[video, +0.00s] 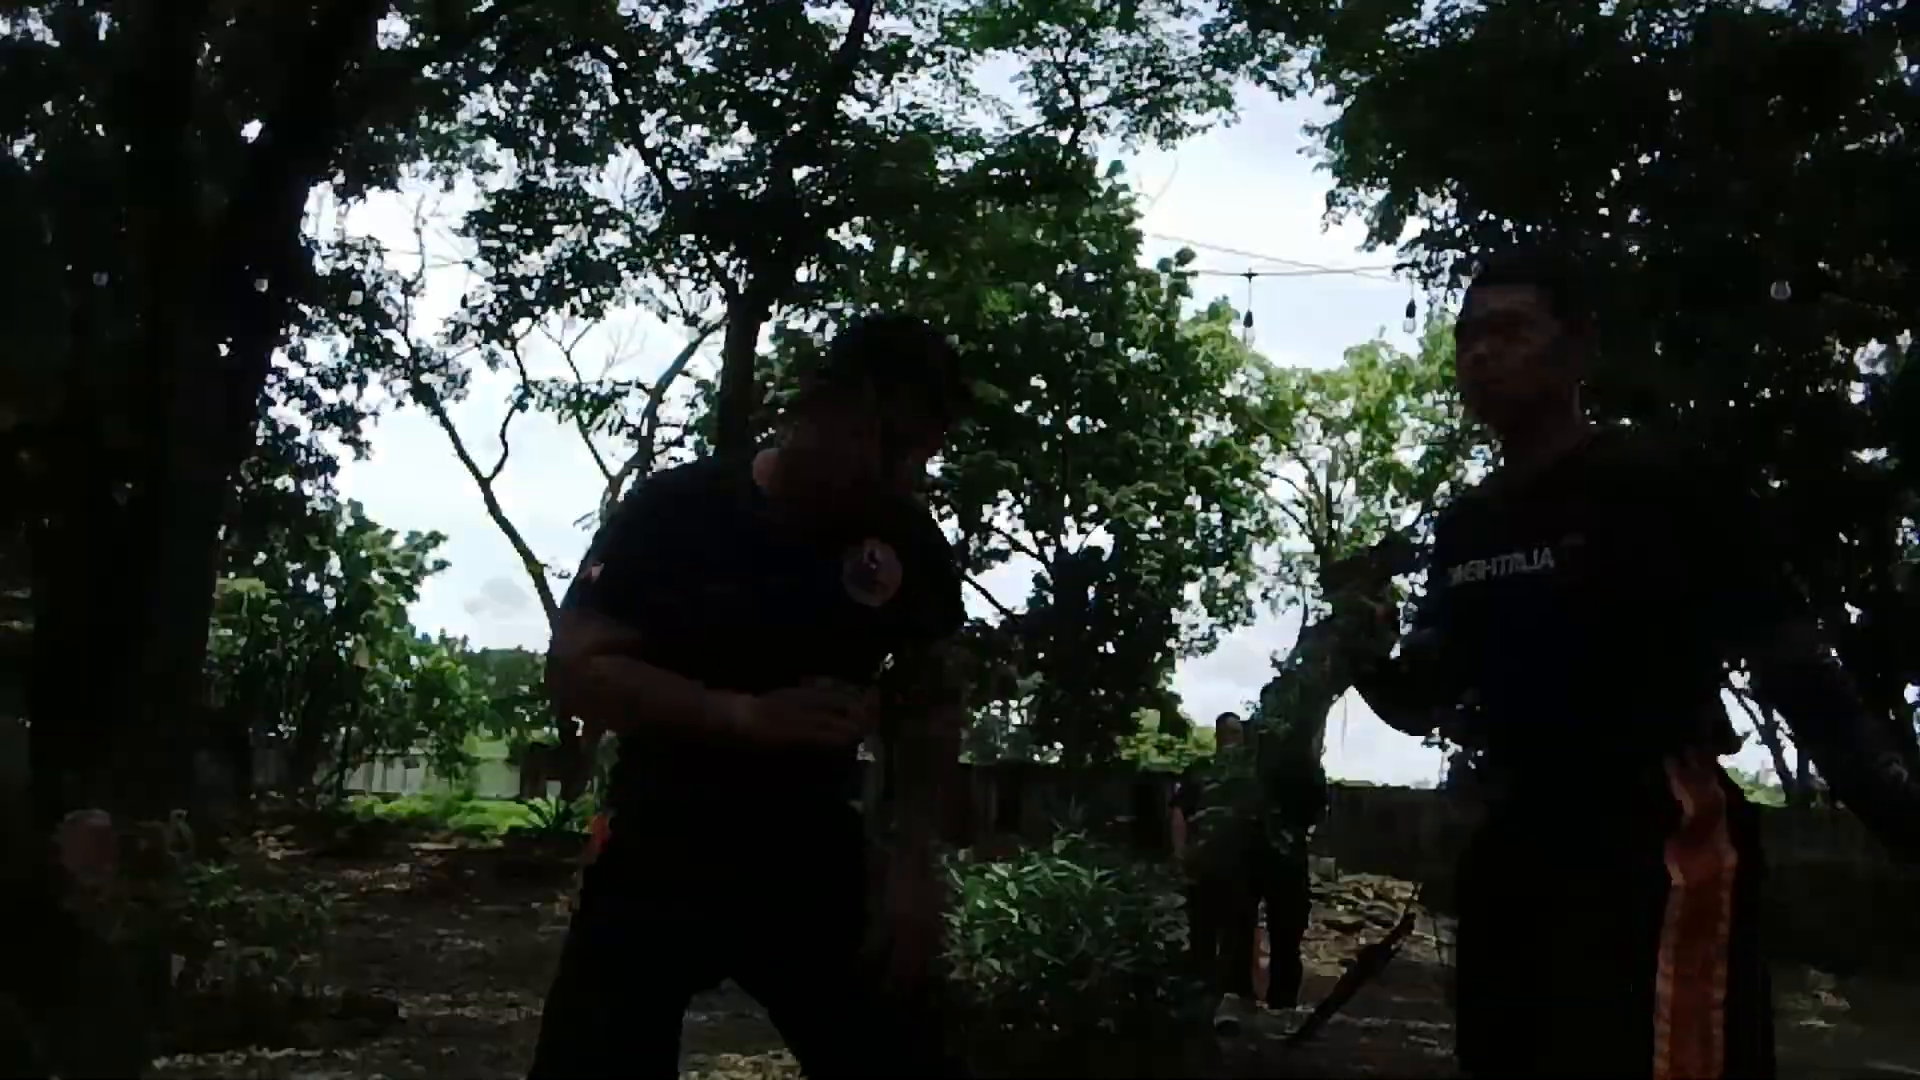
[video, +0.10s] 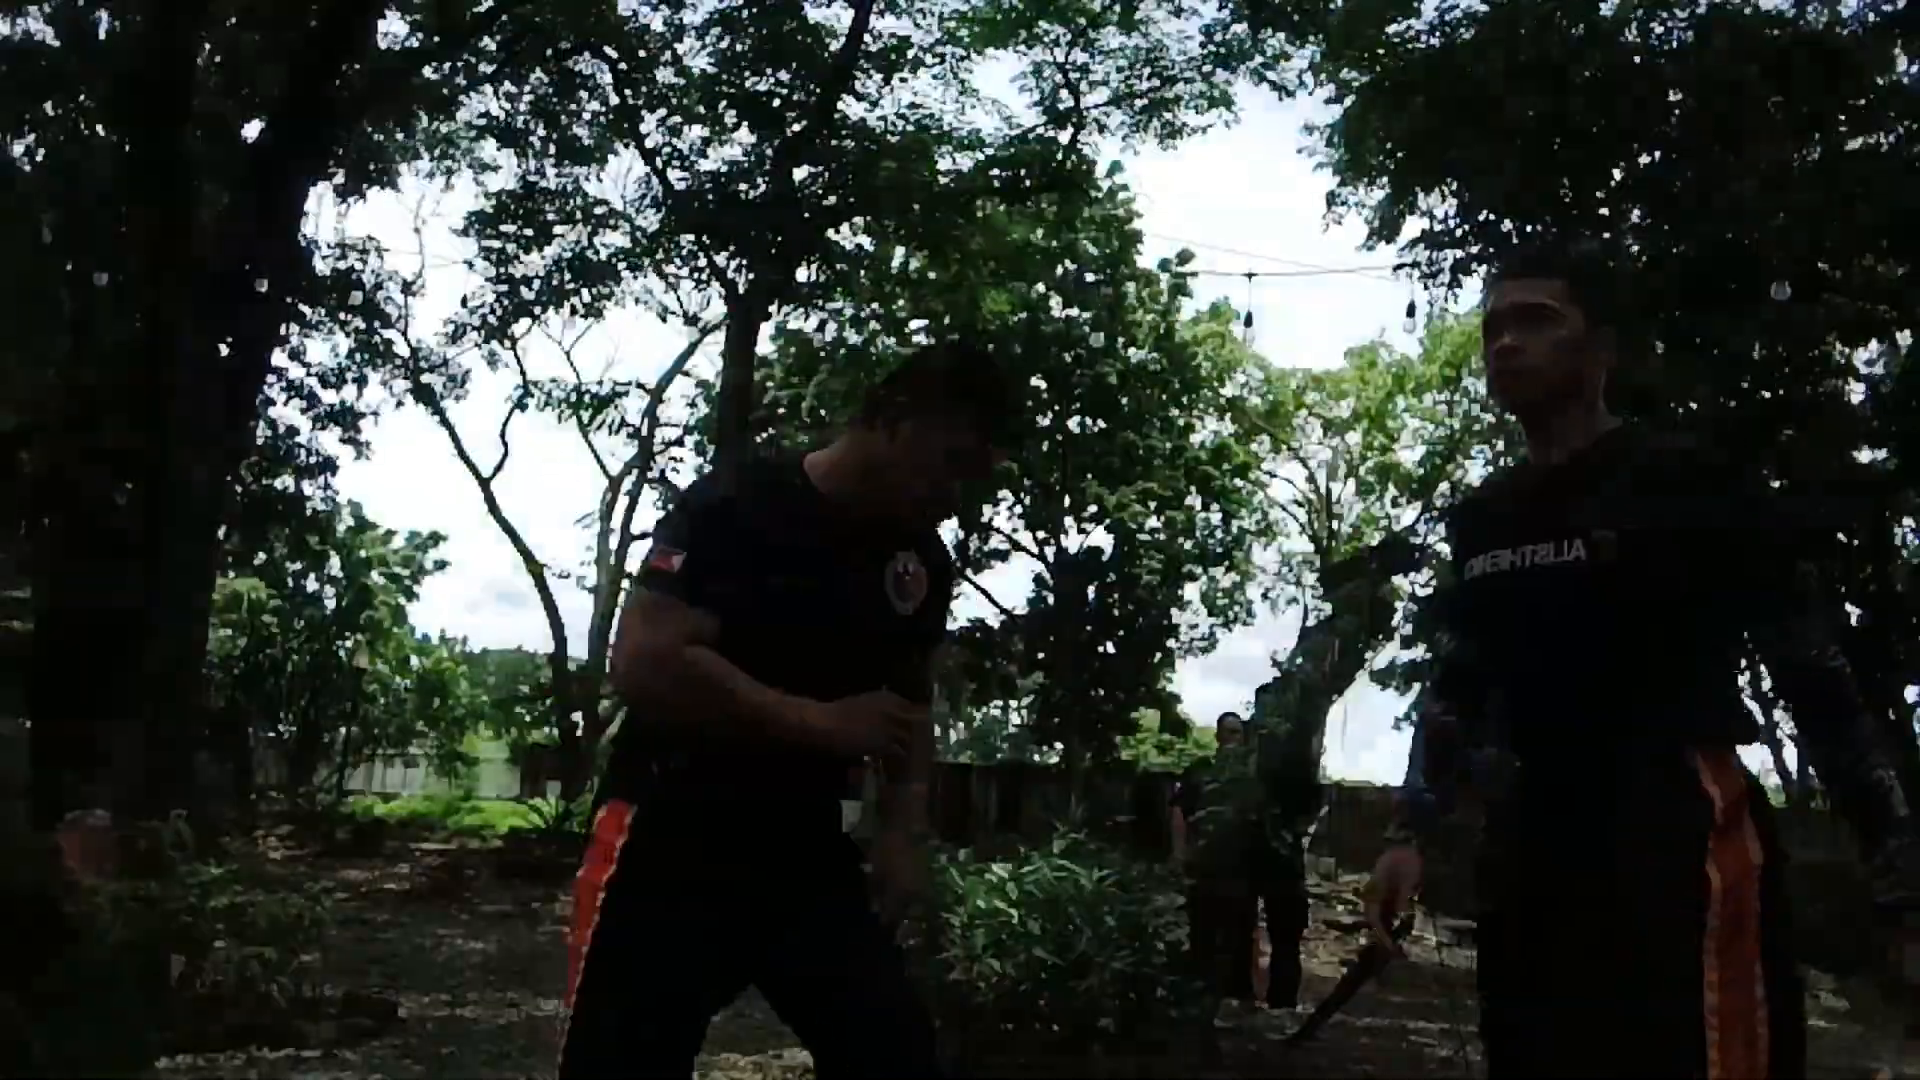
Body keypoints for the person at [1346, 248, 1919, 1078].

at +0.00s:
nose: (1478, 351)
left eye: (1509, 329)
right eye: (1469, 333)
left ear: (1575, 347)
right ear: (1456, 356)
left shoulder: (1662, 480)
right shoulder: (1467, 522)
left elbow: (1793, 665)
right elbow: (1424, 700)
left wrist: (1895, 809)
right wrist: (1365, 650)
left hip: (1662, 841)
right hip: (1521, 835)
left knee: (1658, 1056)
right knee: (1508, 1053)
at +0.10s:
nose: (1501, 342)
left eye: (1531, 321)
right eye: (1492, 326)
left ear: (1598, 348)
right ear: (1485, 354)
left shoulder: (1685, 478)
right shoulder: (1482, 518)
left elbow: (1804, 657)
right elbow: (1456, 689)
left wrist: (1885, 837)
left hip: (1675, 838)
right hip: (1533, 835)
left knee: (1681, 1052)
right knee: (1534, 1053)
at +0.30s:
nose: (1545, 331)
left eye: (1578, 311)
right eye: (1533, 318)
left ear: (1649, 338)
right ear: (1525, 349)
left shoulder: (1740, 477)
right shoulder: (1519, 513)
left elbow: (1841, 676)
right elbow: (1536, 694)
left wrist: (1828, 877)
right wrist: (1524, 866)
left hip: (1713, 874)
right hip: (1564, 882)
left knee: (1728, 1060)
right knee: (1572, 1061)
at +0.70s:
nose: (1575, 331)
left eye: (1606, 308)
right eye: (1571, 315)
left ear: (1690, 326)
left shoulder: (1782, 469)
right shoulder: (1607, 506)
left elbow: (1883, 688)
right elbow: (1637, 690)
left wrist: (1876, 903)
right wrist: (1567, 747)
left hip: (1756, 840)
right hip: (1623, 845)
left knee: (1752, 1057)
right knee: (1616, 1057)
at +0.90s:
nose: (1549, 366)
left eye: (1564, 338)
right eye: (1553, 343)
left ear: (1638, 339)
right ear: (1629, 345)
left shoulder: (1763, 469)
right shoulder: (1601, 517)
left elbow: (1862, 688)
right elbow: (1640, 699)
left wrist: (1850, 895)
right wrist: (1568, 675)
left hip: (1733, 820)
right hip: (1612, 819)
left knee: (1743, 1054)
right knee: (1609, 1054)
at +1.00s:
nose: (1532, 386)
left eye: (1545, 355)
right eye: (1534, 361)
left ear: (1610, 357)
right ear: (1608, 361)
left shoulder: (1735, 470)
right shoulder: (1593, 529)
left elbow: (1838, 670)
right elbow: (1587, 709)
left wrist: (1827, 895)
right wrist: (1497, 604)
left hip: (1731, 813)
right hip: (1618, 814)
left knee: (1721, 1053)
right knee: (1603, 1047)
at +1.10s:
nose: (1521, 394)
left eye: (1532, 368)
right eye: (1522, 373)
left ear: (1592, 369)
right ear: (1590, 375)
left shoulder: (1720, 474)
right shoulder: (1584, 541)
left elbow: (1830, 667)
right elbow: (1544, 704)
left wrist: (1807, 887)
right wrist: (1446, 590)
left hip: (1737, 810)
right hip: (1627, 816)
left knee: (1719, 1053)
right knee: (1613, 1050)